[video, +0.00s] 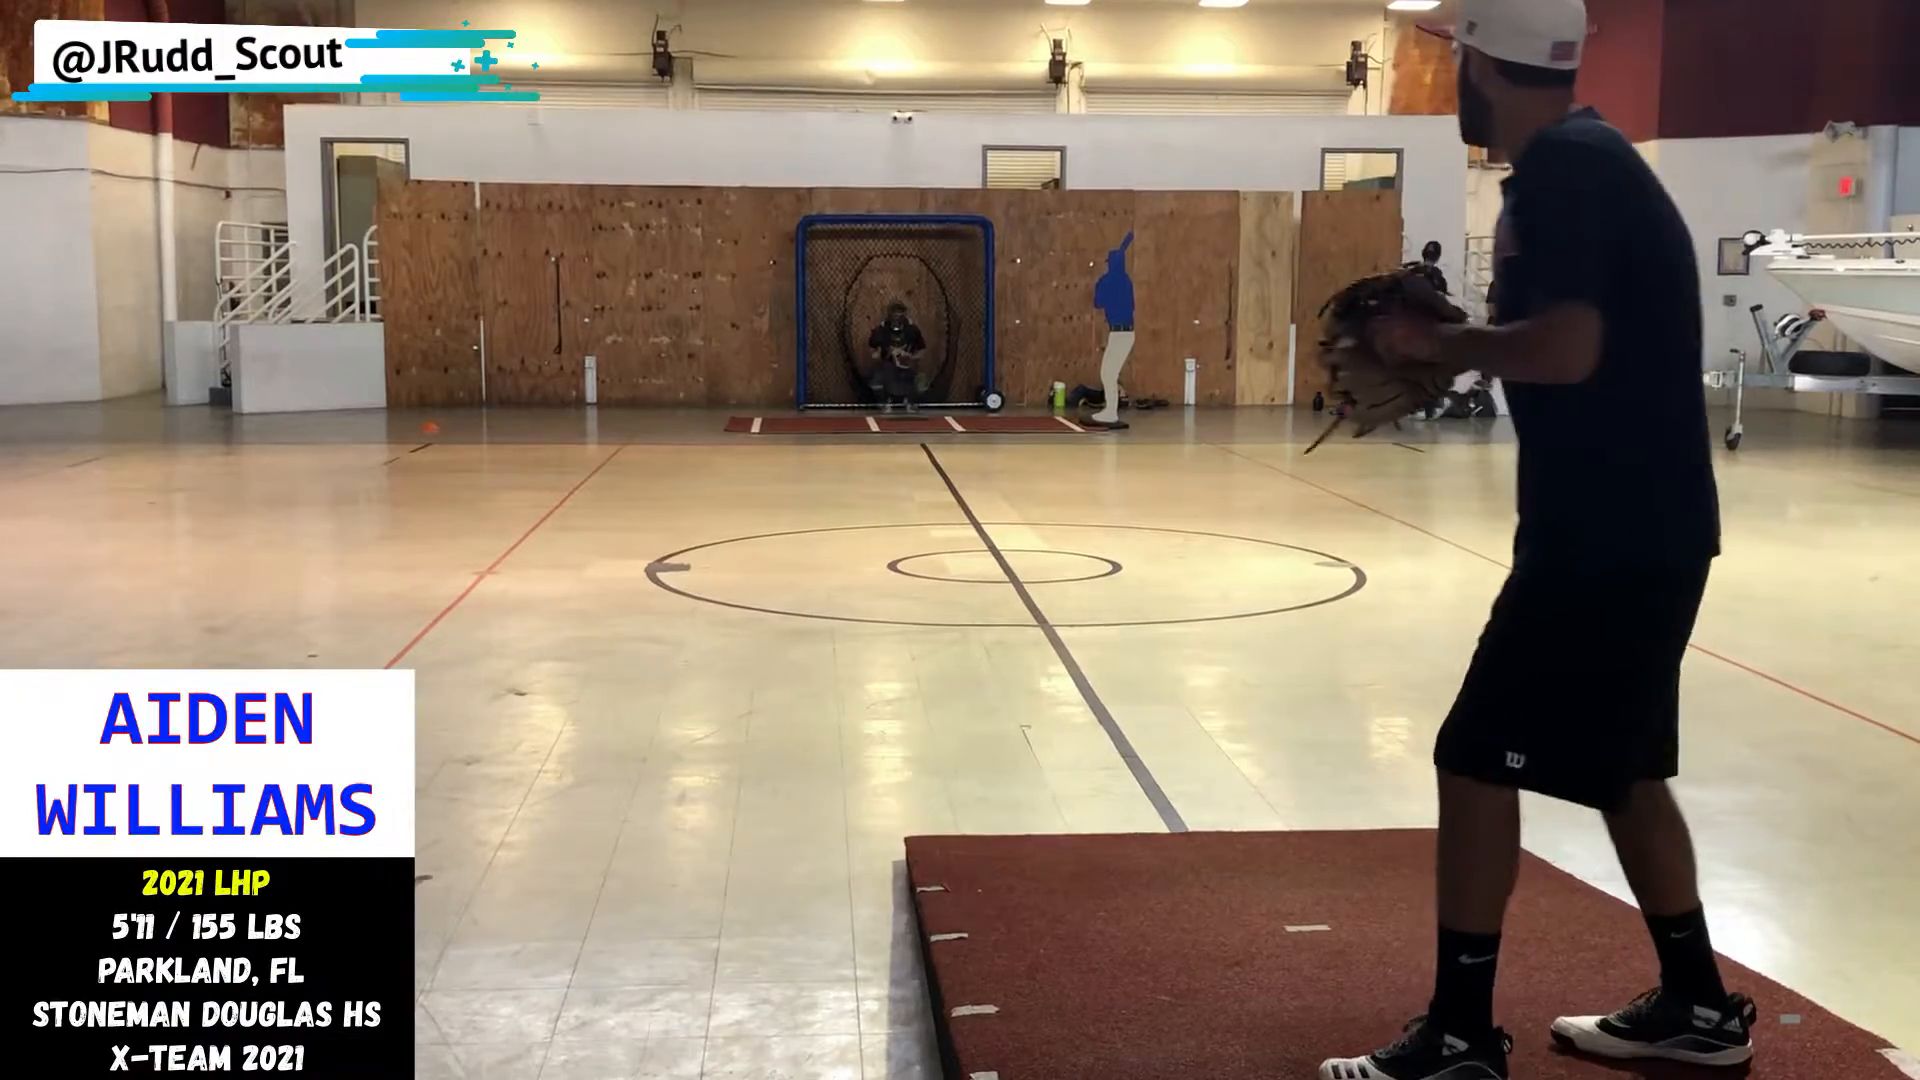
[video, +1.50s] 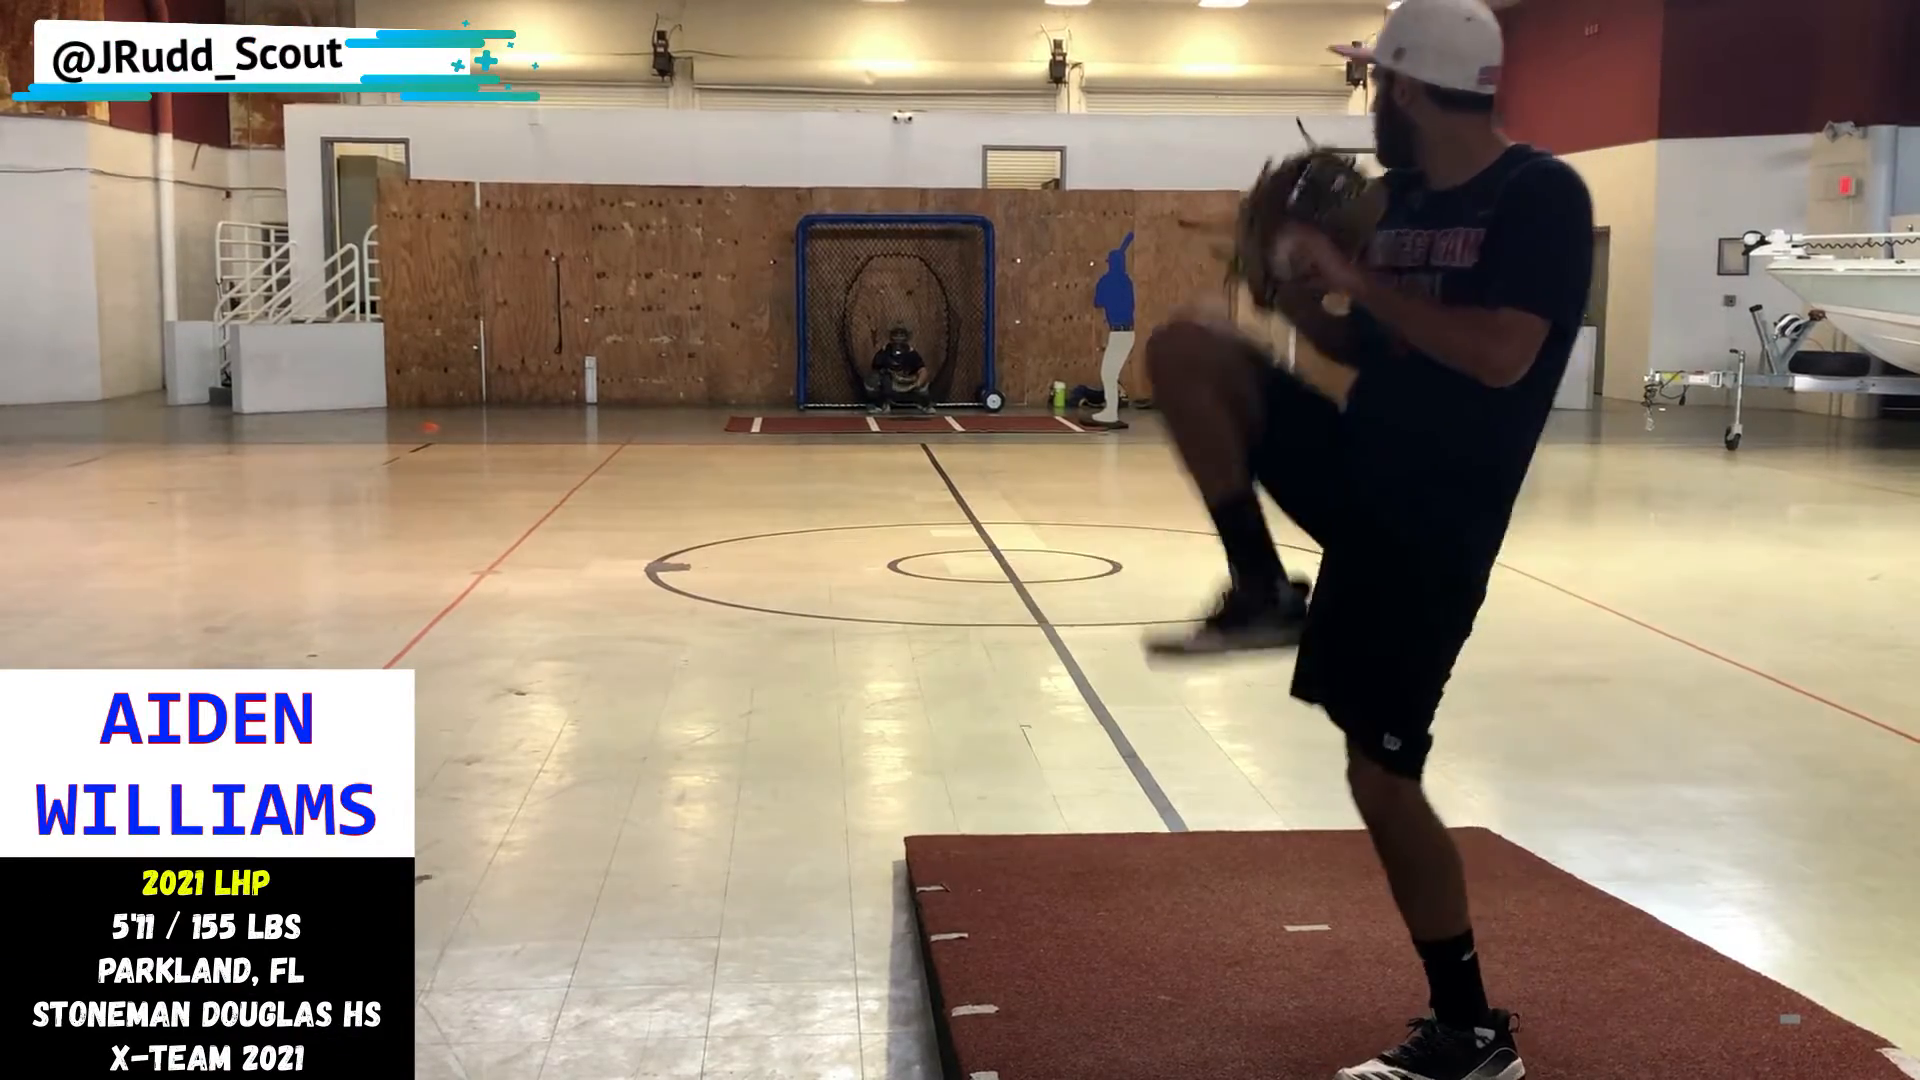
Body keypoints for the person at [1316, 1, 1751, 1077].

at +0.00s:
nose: (1456, 95)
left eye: (1457, 66)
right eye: (1456, 69)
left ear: (1483, 62)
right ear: (1559, 65)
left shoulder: (1560, 171)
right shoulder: (1601, 165)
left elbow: (1567, 347)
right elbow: (1582, 347)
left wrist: (1438, 343)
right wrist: (1453, 336)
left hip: (1590, 540)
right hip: (1652, 534)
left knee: (1473, 755)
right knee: (1628, 766)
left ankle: (1459, 1030)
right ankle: (1696, 1001)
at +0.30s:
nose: (1500, 86)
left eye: (1509, 62)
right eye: (1501, 64)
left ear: (1550, 66)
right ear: (1580, 66)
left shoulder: (1654, 169)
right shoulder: (1570, 189)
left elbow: (1645, 344)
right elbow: (1583, 336)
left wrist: (1490, 328)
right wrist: (1474, 319)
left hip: (1664, 533)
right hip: (1610, 529)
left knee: (1532, 754)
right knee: (1645, 756)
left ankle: (1485, 1021)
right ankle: (1698, 1002)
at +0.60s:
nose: (1487, 78)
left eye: (1492, 57)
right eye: (1491, 58)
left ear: (1516, 64)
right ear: (1570, 64)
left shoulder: (1650, 170)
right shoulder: (1543, 188)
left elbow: (1591, 339)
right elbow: (1535, 343)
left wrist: (1430, 276)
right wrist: (1422, 283)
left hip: (1648, 534)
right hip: (1595, 530)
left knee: (1503, 752)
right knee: (1652, 760)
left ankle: (1478, 1022)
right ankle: (1702, 1001)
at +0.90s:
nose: (1456, 77)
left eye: (1466, 55)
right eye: (1459, 54)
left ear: (1498, 62)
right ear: (1534, 63)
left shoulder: (1632, 170)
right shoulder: (1492, 184)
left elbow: (1563, 322)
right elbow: (1466, 351)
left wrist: (1407, 245)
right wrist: (1367, 277)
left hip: (1560, 533)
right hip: (1471, 514)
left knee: (1453, 766)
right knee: (1371, 733)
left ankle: (1477, 1031)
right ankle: (1535, 883)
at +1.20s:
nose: (1436, 79)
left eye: (1442, 56)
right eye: (1439, 59)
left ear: (1475, 58)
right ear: (1524, 60)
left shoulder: (1611, 171)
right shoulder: (1463, 183)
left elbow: (1542, 324)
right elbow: (1432, 345)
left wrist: (1385, 245)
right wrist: (1339, 273)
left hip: (1492, 517)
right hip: (1405, 472)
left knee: (1437, 768)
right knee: (1183, 445)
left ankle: (1476, 1028)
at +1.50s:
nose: (1375, 104)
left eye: (1384, 86)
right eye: (1377, 86)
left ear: (1418, 91)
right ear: (1453, 92)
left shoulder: (1547, 195)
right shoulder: (1402, 202)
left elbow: (1505, 351)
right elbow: (1375, 361)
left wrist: (1358, 280)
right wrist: (1289, 287)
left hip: (1436, 524)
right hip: (1353, 471)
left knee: (1380, 779)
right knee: (1184, 350)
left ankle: (1466, 1023)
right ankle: (1260, 588)